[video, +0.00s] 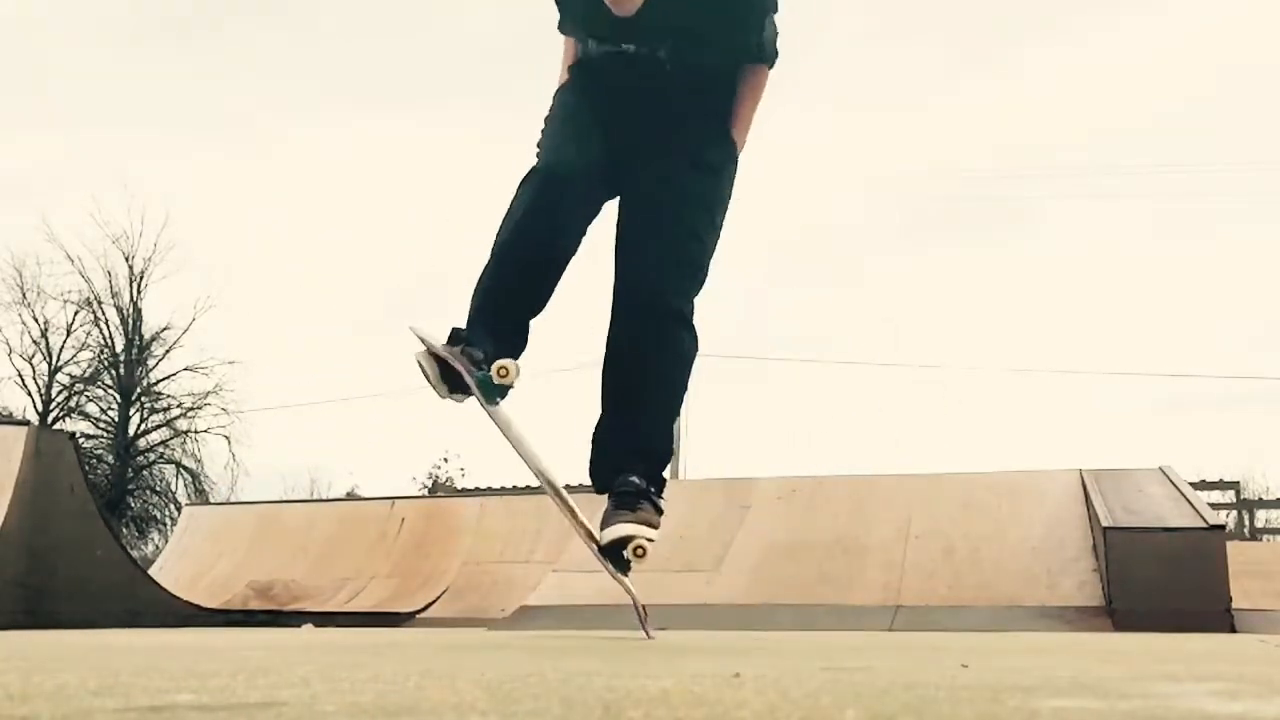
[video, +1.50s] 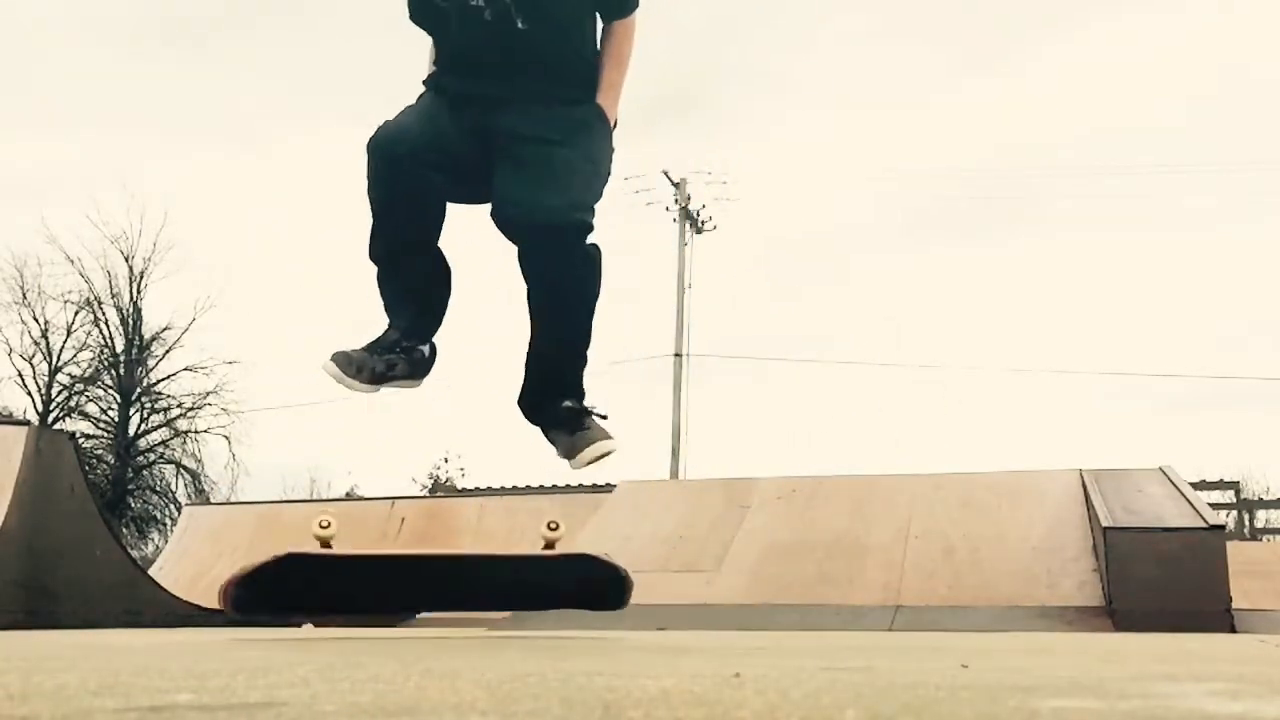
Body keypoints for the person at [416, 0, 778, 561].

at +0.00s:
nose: (618, 5)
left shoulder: (744, 9)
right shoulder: (581, 7)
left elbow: (759, 48)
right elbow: (573, 47)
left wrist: (731, 145)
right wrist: (568, 109)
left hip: (702, 83)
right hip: (604, 74)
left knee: (659, 292)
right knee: (558, 183)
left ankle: (634, 483)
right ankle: (484, 346)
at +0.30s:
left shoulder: (709, 7)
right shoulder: (539, 5)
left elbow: (725, 57)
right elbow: (545, 48)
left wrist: (710, 161)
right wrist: (540, 127)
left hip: (669, 119)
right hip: (572, 111)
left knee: (639, 309)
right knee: (544, 193)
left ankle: (624, 490)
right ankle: (492, 348)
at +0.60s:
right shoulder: (491, 4)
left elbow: (664, 30)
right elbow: (491, 41)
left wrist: (656, 134)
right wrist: (482, 122)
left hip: (616, 128)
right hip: (513, 120)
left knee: (602, 315)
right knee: (466, 209)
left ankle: (597, 497)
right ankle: (450, 371)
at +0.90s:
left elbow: (639, 14)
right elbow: (464, 30)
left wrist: (628, 113)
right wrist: (455, 83)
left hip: (585, 98)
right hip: (485, 88)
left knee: (586, 295)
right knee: (432, 159)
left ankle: (590, 488)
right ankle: (454, 316)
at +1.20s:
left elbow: (629, 12)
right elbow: (451, 38)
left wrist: (616, 109)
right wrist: (443, 93)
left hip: (568, 105)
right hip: (470, 97)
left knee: (573, 275)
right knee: (411, 141)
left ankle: (581, 453)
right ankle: (442, 308)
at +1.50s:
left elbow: (621, 15)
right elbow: (442, 31)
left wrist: (603, 111)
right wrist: (436, 93)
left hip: (558, 109)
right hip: (459, 105)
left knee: (554, 225)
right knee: (395, 152)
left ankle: (558, 402)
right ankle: (407, 339)